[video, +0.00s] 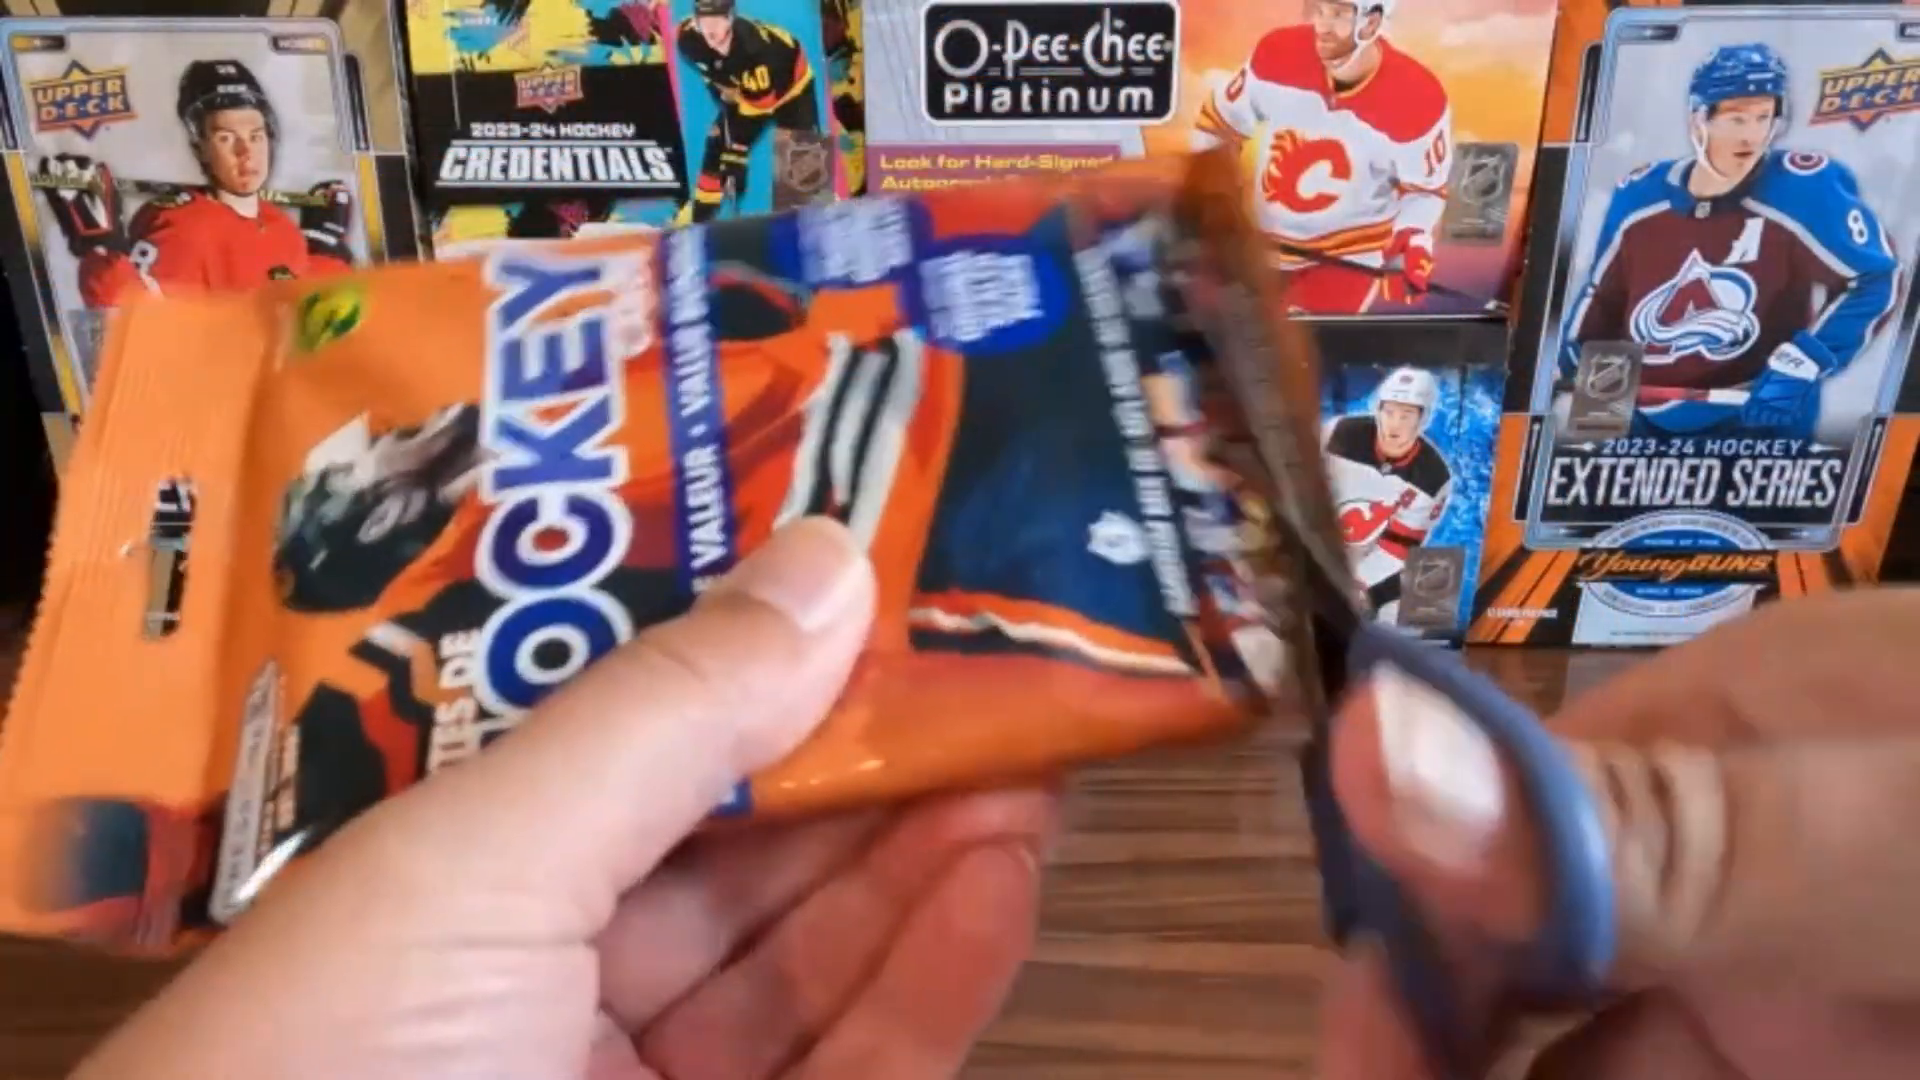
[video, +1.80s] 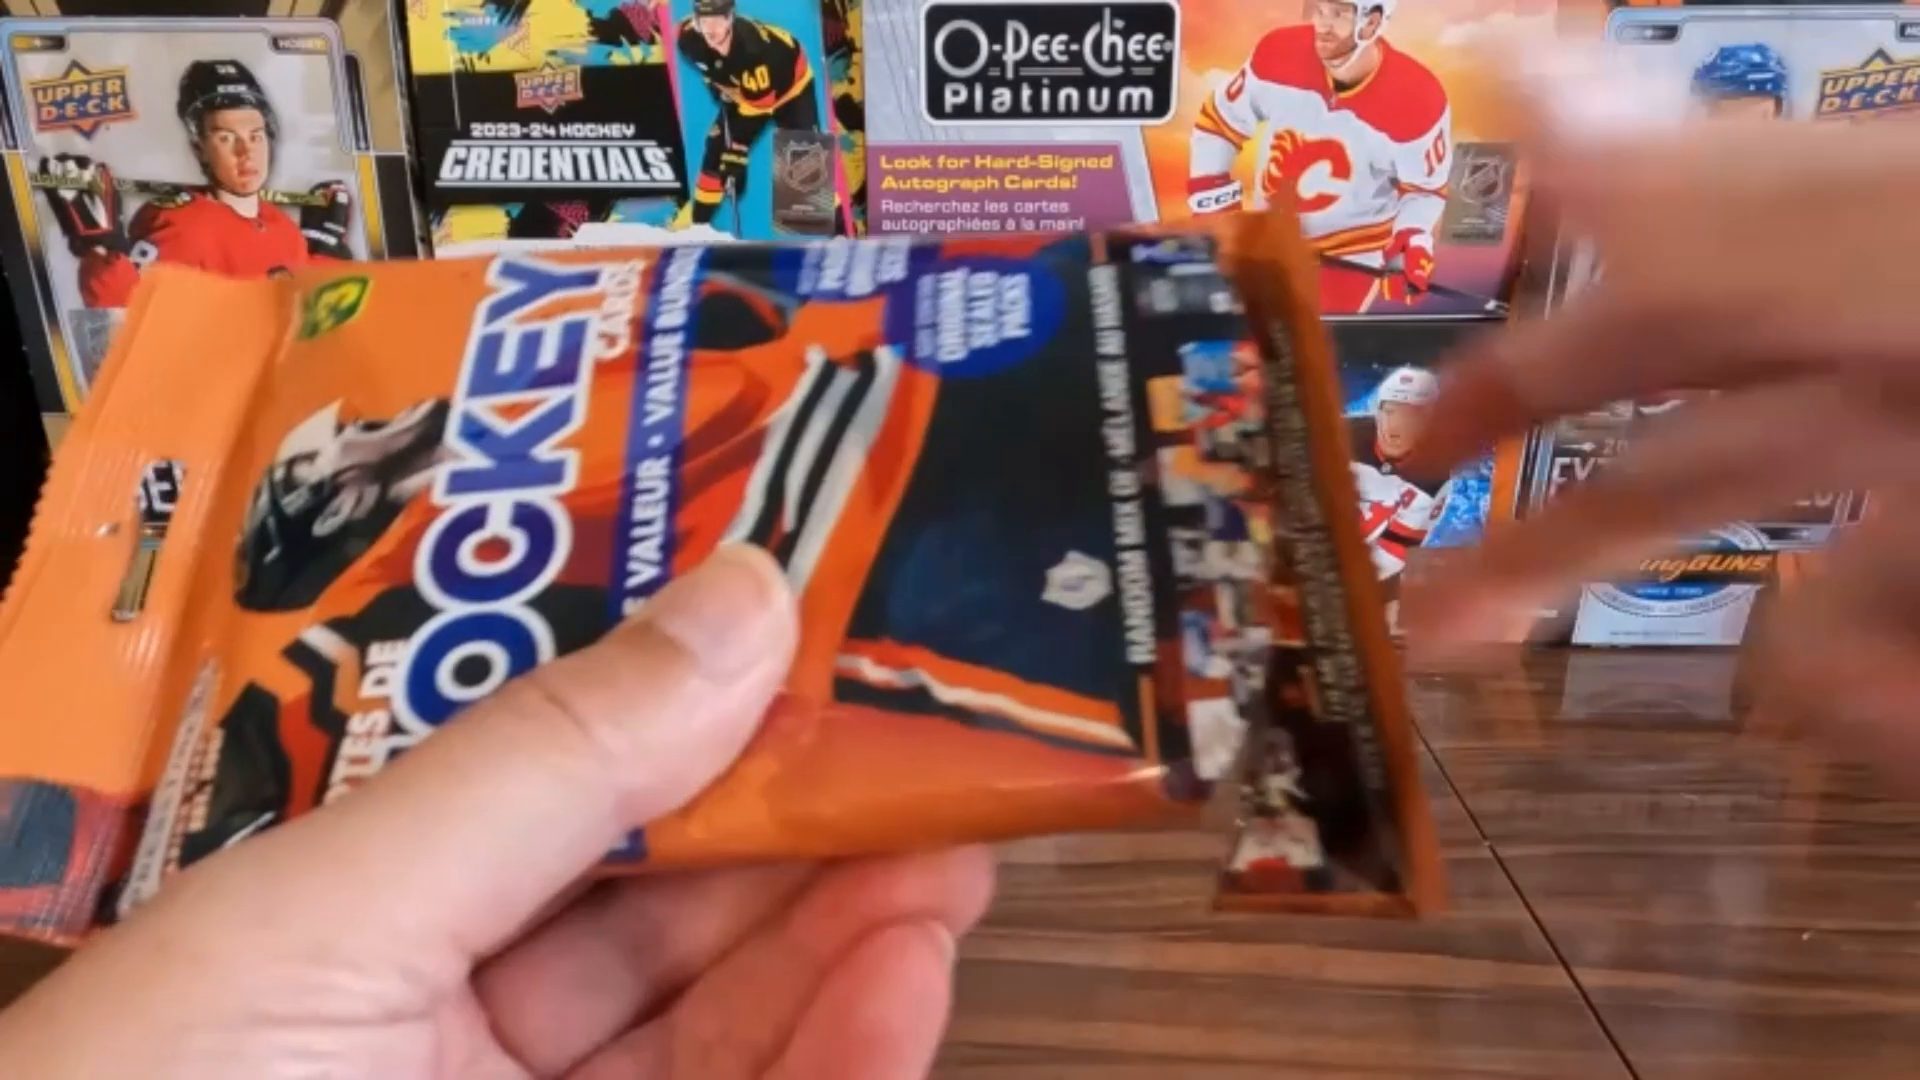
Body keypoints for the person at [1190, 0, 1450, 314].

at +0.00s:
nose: (1323, 27)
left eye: (1340, 14)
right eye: (1318, 11)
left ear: (1373, 21)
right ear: (1309, 11)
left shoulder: (1417, 95)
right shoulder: (1276, 56)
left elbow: (1423, 190)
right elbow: (1215, 128)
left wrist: (1414, 248)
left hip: (1351, 262)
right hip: (1261, 254)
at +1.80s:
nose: (1322, 26)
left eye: (1339, 14)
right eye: (1317, 11)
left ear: (1373, 23)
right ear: (1308, 10)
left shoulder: (1417, 96)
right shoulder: (1277, 55)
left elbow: (1424, 190)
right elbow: (1216, 126)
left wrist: (1413, 250)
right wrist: (1217, 217)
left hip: (1354, 260)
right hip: (1270, 245)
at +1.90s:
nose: (1324, 26)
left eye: (1339, 14)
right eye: (1319, 11)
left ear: (1372, 21)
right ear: (1309, 11)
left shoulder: (1419, 98)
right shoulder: (1277, 53)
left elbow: (1424, 200)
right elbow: (1217, 125)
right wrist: (1204, 207)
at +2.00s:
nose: (1323, 26)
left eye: (1339, 14)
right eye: (1317, 11)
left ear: (1373, 23)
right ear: (1308, 11)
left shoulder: (1417, 95)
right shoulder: (1277, 56)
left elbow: (1423, 191)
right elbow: (1216, 125)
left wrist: (1415, 250)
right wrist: (1214, 203)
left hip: (1348, 261)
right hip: (1262, 248)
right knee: (1214, 362)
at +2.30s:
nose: (1323, 26)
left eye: (1339, 14)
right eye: (1318, 11)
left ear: (1373, 22)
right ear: (1309, 11)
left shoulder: (1417, 96)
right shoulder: (1277, 55)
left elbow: (1423, 190)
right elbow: (1216, 124)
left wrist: (1415, 249)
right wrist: (1213, 202)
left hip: (1347, 261)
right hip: (1261, 248)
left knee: (1288, 365)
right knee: (1222, 357)